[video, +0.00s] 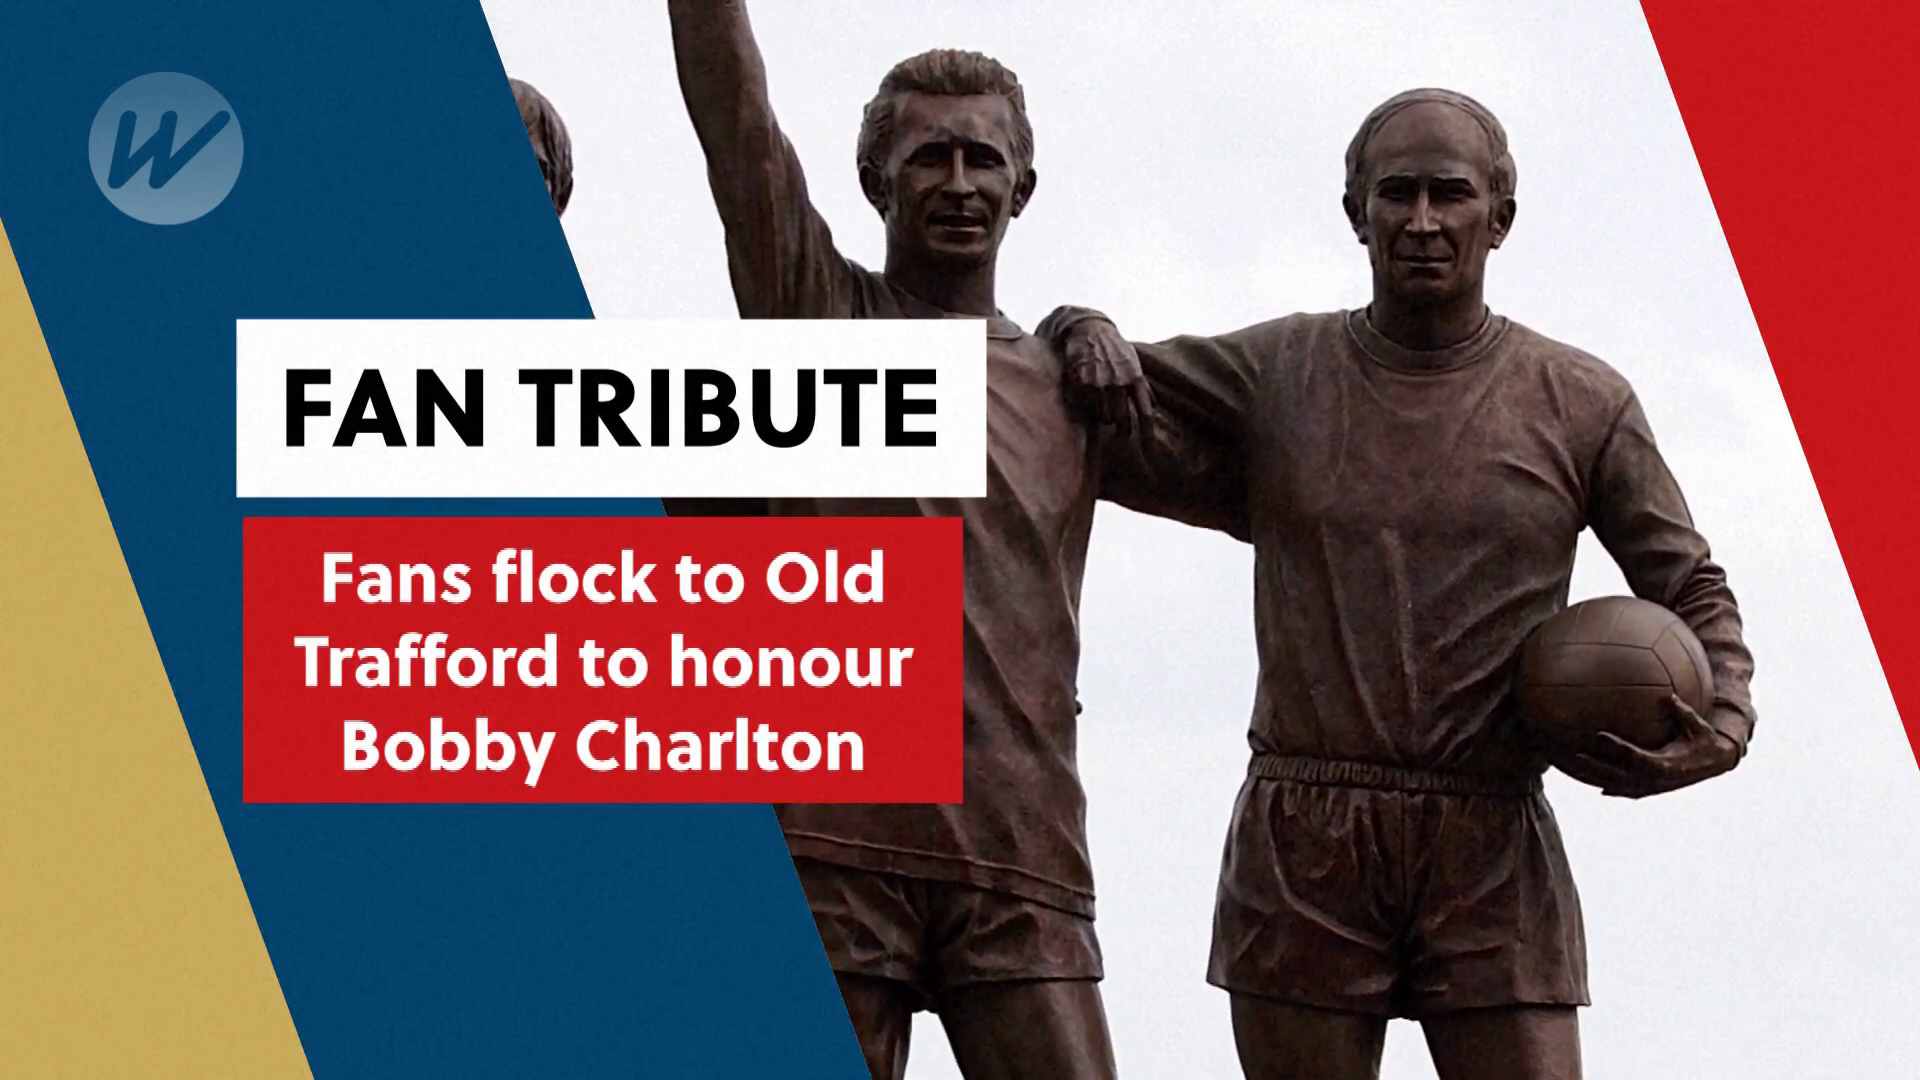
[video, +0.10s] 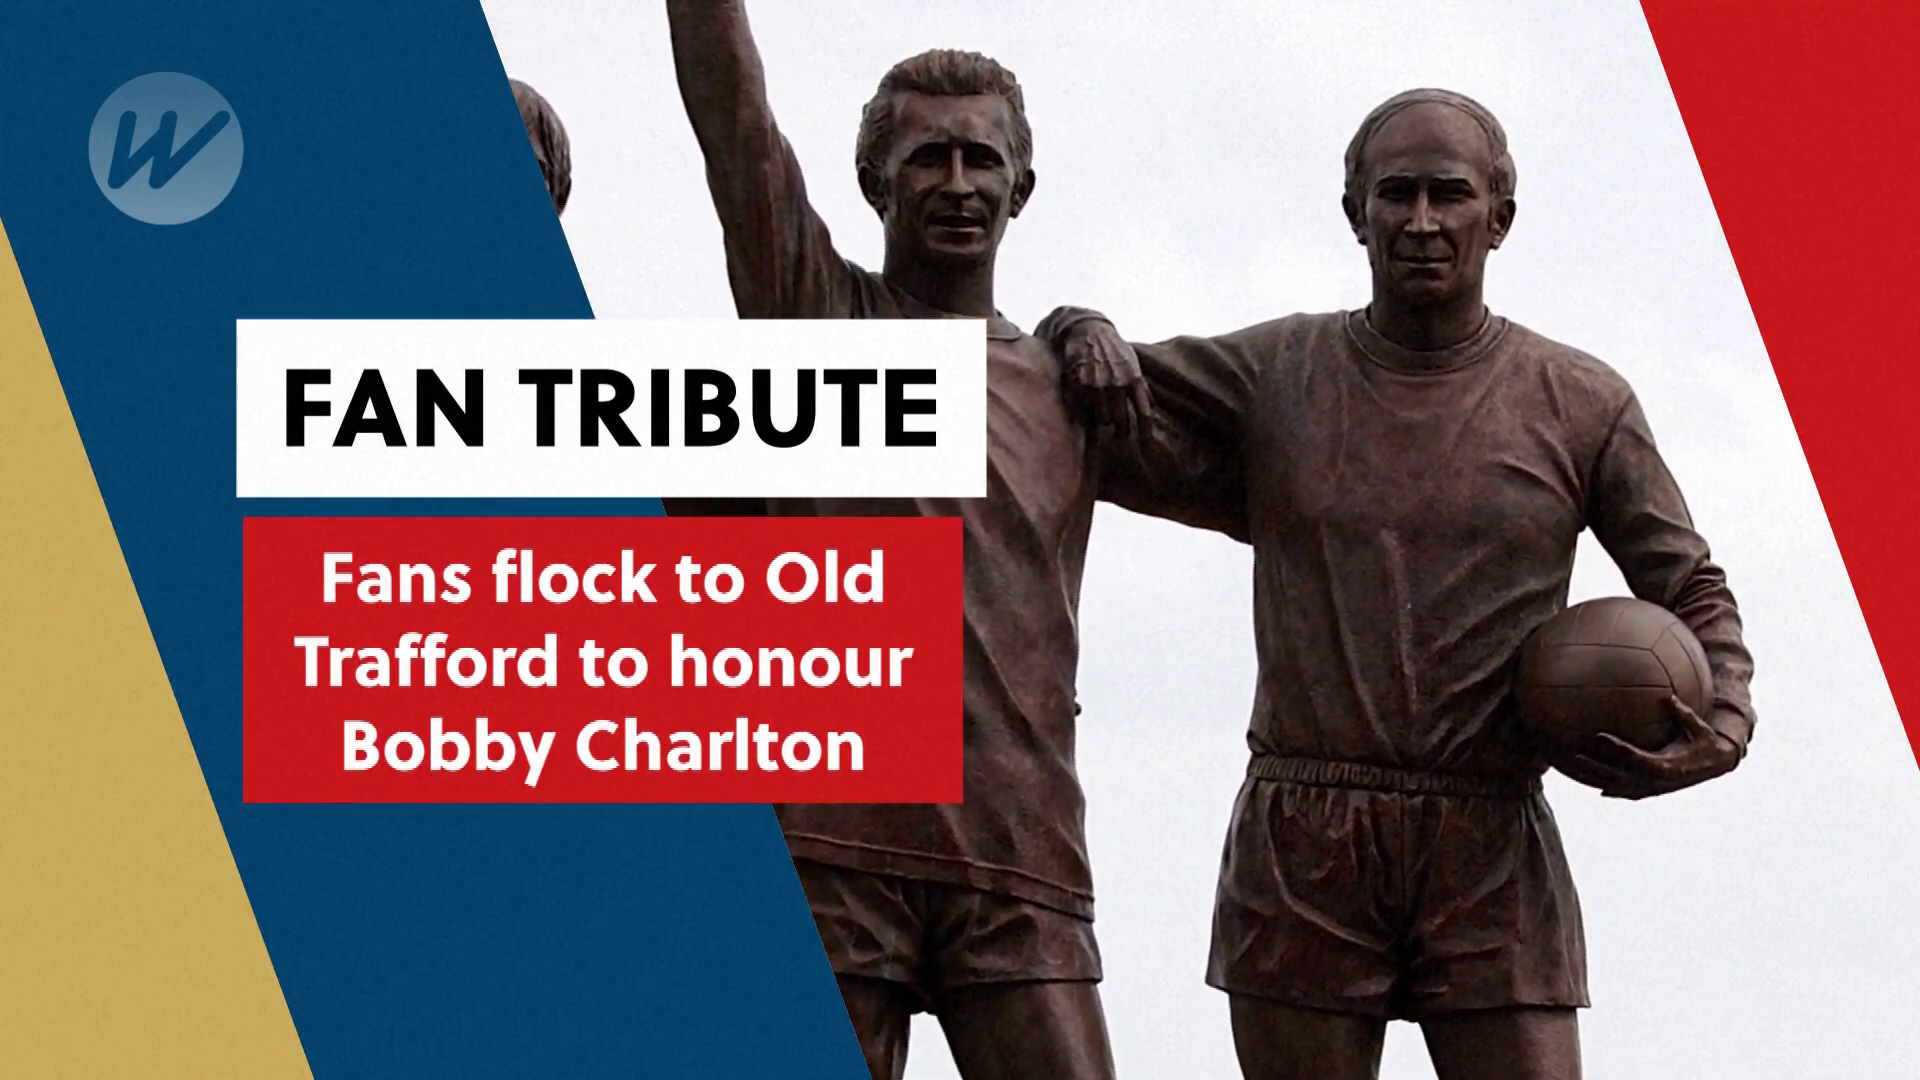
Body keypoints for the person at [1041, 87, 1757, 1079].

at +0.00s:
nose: (1422, 219)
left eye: (1450, 192)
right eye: (1395, 193)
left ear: (1502, 217)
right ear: (1355, 213)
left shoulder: (1581, 400)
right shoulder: (1276, 368)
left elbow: (1690, 588)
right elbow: (1099, 408)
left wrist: (1724, 712)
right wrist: (1077, 329)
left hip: (1492, 848)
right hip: (1301, 844)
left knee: (1536, 1065)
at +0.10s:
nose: (1421, 220)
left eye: (1449, 193)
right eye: (1394, 194)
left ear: (1501, 215)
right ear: (1355, 214)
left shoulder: (1581, 400)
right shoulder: (1274, 369)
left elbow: (1690, 589)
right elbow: (1097, 410)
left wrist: (1724, 712)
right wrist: (1076, 329)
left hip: (1490, 848)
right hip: (1301, 843)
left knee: (1535, 1065)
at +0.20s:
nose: (1421, 220)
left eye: (1449, 193)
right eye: (1394, 194)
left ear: (1501, 216)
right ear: (1354, 214)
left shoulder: (1581, 400)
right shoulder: (1274, 369)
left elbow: (1690, 589)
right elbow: (1098, 407)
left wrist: (1725, 716)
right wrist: (1076, 329)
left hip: (1490, 848)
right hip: (1300, 844)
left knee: (1534, 1065)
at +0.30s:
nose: (1420, 220)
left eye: (1448, 193)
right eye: (1393, 194)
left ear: (1500, 216)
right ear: (1354, 215)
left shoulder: (1580, 401)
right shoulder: (1273, 370)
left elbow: (1690, 591)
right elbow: (1096, 410)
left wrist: (1724, 717)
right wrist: (1074, 330)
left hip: (1490, 849)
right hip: (1299, 845)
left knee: (1534, 1065)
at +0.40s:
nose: (1420, 220)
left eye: (1448, 193)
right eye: (1392, 194)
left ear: (1501, 217)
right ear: (1353, 215)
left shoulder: (1580, 402)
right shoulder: (1272, 370)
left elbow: (1690, 591)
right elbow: (1098, 415)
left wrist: (1725, 715)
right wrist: (1075, 333)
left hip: (1490, 852)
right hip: (1299, 846)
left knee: (1535, 1066)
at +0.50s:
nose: (1419, 221)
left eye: (1447, 194)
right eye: (1392, 195)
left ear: (1500, 217)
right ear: (1352, 216)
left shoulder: (1580, 403)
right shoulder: (1271, 371)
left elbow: (1689, 592)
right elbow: (1092, 410)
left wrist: (1725, 715)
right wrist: (1074, 332)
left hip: (1490, 852)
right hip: (1298, 848)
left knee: (1534, 1065)